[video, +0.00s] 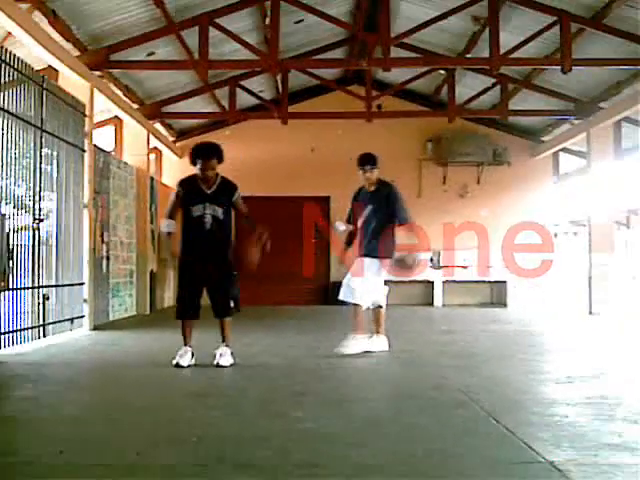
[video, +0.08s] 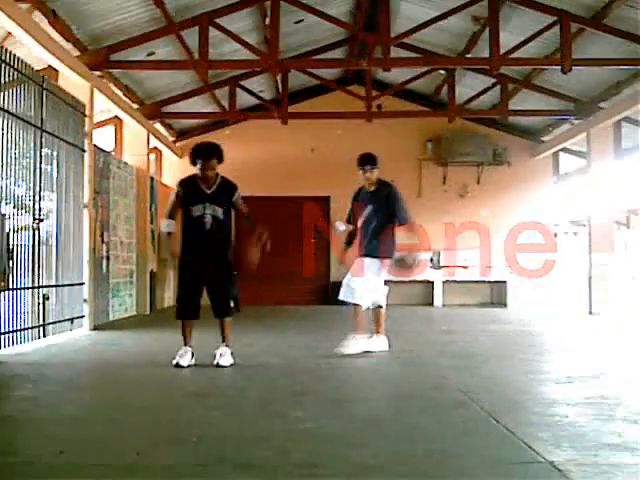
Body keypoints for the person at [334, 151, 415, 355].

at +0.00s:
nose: (368, 175)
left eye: (371, 171)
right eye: (364, 171)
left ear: (377, 170)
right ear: (360, 172)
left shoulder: (389, 191)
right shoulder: (359, 194)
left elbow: (404, 222)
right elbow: (353, 225)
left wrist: (414, 251)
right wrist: (346, 247)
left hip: (379, 253)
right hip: (363, 252)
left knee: (355, 289)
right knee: (377, 294)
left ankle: (358, 335)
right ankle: (380, 337)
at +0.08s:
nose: (368, 175)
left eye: (371, 171)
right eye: (364, 171)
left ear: (377, 170)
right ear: (360, 172)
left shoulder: (389, 191)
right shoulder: (359, 194)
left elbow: (404, 222)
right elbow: (353, 225)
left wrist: (414, 251)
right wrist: (346, 247)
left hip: (379, 253)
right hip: (363, 252)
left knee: (354, 288)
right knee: (377, 293)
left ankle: (358, 335)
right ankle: (380, 337)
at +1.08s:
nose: (443, 230)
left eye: (447, 226)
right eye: (440, 226)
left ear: (452, 223)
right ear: (431, 220)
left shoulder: (456, 234)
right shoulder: (417, 232)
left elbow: (458, 273)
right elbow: (403, 259)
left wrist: (456, 312)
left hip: (453, 276)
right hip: (427, 279)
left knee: (476, 305)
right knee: (416, 312)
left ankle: (484, 348)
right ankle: (399, 341)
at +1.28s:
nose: (402, 205)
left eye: (406, 202)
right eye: (400, 200)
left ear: (413, 200)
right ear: (395, 196)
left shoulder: (422, 215)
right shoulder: (383, 210)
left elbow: (448, 235)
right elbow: (364, 229)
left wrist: (472, 245)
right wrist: (343, 244)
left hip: (418, 269)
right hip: (389, 272)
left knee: (440, 304)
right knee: (381, 311)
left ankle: (460, 344)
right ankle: (385, 345)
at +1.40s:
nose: (381, 189)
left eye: (386, 185)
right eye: (379, 184)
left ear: (395, 183)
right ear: (375, 180)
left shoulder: (405, 200)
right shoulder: (367, 196)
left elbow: (440, 221)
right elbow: (351, 221)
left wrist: (477, 236)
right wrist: (329, 235)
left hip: (399, 260)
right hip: (370, 262)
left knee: (412, 301)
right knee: (367, 306)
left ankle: (418, 345)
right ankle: (375, 344)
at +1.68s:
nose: (311, 189)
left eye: (314, 183)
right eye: (308, 184)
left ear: (325, 181)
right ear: (306, 186)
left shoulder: (345, 196)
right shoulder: (312, 210)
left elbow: (363, 229)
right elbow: (309, 248)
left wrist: (362, 260)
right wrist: (298, 280)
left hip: (352, 266)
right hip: (325, 268)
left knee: (359, 308)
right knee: (302, 311)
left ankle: (367, 343)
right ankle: (296, 350)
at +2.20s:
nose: (305, 150)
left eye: (309, 145)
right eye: (301, 145)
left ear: (318, 145)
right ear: (296, 147)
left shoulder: (331, 169)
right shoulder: (291, 169)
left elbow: (345, 201)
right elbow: (270, 187)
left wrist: (344, 220)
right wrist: (257, 198)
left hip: (325, 247)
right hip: (297, 246)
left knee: (328, 297)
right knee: (299, 300)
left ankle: (332, 348)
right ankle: (303, 347)